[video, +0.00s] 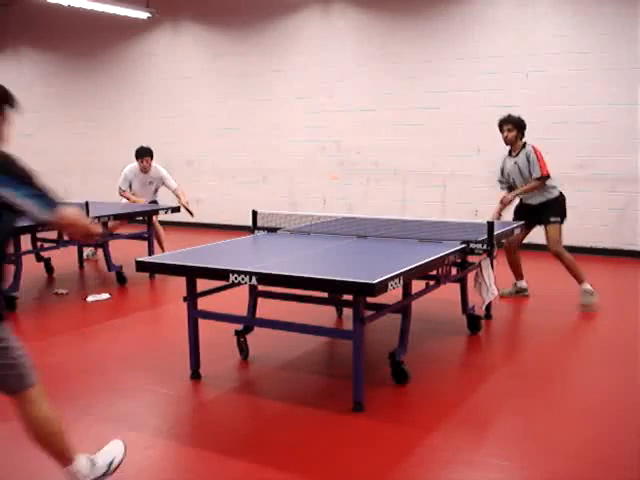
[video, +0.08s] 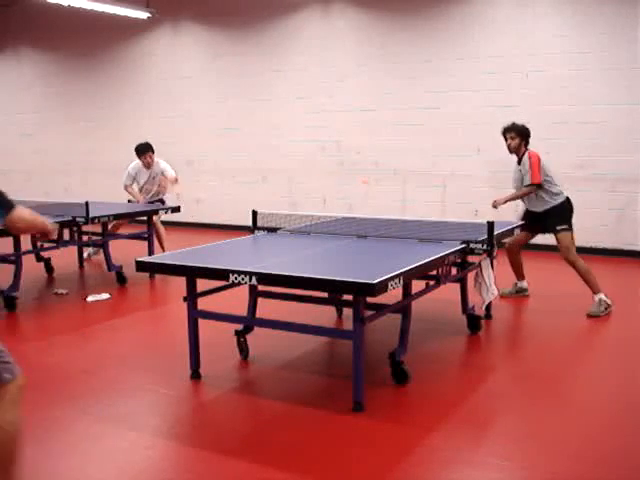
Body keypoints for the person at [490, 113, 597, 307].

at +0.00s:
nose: (505, 135)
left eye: (509, 131)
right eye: (503, 132)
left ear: (519, 132)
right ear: (501, 135)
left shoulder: (531, 151)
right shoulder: (506, 162)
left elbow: (541, 179)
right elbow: (510, 191)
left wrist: (514, 194)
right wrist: (499, 211)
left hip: (550, 201)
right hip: (528, 205)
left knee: (554, 247)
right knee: (510, 244)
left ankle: (585, 287)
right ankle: (520, 285)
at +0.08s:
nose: (508, 143)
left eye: (512, 138)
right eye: (506, 140)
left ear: (522, 140)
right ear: (506, 142)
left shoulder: (531, 157)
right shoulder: (519, 164)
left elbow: (533, 186)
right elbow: (531, 193)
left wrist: (504, 200)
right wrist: (525, 217)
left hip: (557, 209)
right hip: (537, 213)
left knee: (569, 255)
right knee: (512, 246)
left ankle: (601, 298)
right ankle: (521, 285)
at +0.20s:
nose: (507, 152)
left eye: (509, 148)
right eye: (505, 149)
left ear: (520, 147)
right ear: (519, 150)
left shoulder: (524, 163)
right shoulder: (531, 164)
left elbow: (514, 188)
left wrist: (488, 204)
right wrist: (531, 224)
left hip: (562, 211)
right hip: (546, 215)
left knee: (568, 261)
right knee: (520, 242)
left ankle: (603, 299)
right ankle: (521, 285)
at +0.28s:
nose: (504, 155)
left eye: (507, 150)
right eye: (503, 152)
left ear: (518, 149)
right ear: (520, 151)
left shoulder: (519, 164)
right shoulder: (541, 166)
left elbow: (510, 186)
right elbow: (566, 192)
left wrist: (483, 204)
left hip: (558, 211)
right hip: (545, 215)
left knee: (567, 261)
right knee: (521, 242)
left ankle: (603, 299)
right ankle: (522, 285)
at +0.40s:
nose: (500, 149)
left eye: (502, 145)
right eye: (499, 145)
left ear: (512, 145)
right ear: (519, 146)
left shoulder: (515, 159)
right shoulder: (534, 161)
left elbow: (522, 173)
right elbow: (555, 184)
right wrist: (573, 203)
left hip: (548, 209)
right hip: (539, 212)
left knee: (566, 258)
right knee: (514, 245)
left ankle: (606, 297)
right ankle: (521, 285)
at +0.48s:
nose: (499, 143)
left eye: (502, 138)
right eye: (499, 139)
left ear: (511, 140)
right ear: (513, 140)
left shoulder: (518, 153)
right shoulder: (516, 157)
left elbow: (535, 169)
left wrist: (527, 194)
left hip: (548, 206)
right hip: (535, 211)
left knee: (563, 257)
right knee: (510, 248)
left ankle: (604, 294)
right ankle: (521, 285)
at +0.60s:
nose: (511, 136)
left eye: (515, 132)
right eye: (511, 133)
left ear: (528, 136)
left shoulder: (544, 157)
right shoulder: (508, 161)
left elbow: (558, 178)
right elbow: (478, 164)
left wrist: (537, 169)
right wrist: (466, 151)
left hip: (545, 209)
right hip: (521, 209)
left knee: (547, 245)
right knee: (496, 252)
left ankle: (571, 276)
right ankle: (510, 276)